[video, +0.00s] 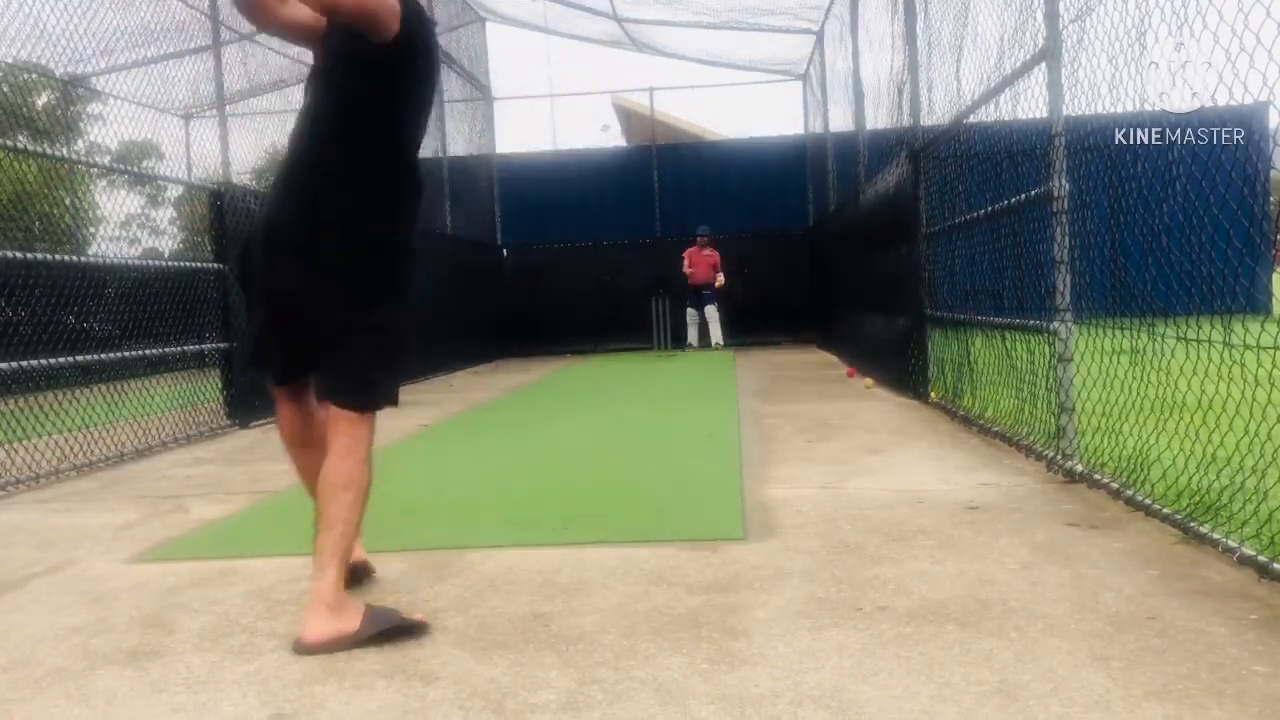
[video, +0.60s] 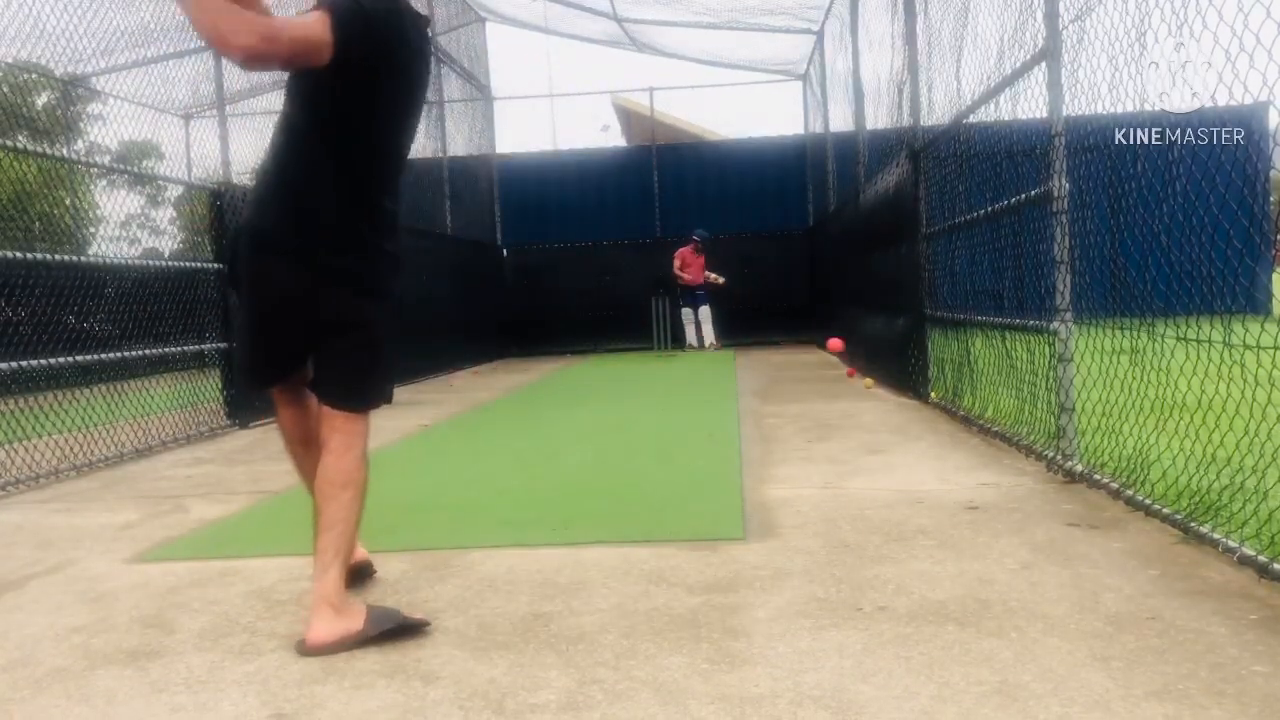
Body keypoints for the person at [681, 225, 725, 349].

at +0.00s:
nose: (701, 240)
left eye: (704, 237)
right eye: (699, 237)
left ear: (708, 239)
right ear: (696, 238)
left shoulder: (714, 254)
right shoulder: (689, 252)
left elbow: (718, 271)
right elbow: (685, 266)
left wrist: (719, 278)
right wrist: (688, 270)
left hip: (708, 286)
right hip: (693, 287)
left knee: (711, 313)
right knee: (691, 315)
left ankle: (717, 342)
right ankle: (692, 343)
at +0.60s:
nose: (702, 246)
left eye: (703, 244)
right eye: (701, 244)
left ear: (702, 244)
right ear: (695, 242)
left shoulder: (701, 255)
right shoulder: (681, 252)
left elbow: (701, 272)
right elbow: (676, 269)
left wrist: (713, 277)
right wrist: (685, 276)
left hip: (700, 287)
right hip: (686, 288)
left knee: (705, 315)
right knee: (688, 317)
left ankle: (709, 342)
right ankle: (691, 343)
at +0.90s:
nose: (733, 262)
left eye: (735, 261)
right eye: (732, 259)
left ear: (735, 260)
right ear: (727, 257)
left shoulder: (729, 268)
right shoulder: (714, 265)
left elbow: (728, 276)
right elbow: (713, 286)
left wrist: (730, 284)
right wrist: (726, 295)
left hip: (717, 289)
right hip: (703, 288)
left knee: (719, 312)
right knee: (696, 313)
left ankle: (721, 342)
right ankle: (691, 334)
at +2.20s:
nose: (708, 240)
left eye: (710, 237)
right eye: (706, 237)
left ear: (716, 237)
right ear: (703, 239)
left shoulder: (724, 252)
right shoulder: (701, 252)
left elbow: (731, 270)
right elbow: (697, 270)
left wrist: (718, 275)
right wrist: (704, 275)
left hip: (718, 285)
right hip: (705, 285)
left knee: (720, 311)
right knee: (701, 311)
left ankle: (722, 342)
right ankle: (700, 342)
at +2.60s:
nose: (735, 264)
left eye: (736, 262)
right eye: (734, 260)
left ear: (736, 261)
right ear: (727, 258)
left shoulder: (730, 268)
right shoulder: (717, 267)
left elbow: (727, 280)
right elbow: (717, 284)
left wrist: (731, 286)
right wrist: (730, 288)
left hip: (718, 289)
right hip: (705, 288)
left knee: (721, 312)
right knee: (699, 313)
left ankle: (722, 342)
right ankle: (693, 338)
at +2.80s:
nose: (726, 248)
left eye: (728, 245)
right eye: (723, 245)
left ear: (731, 247)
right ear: (719, 245)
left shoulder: (730, 262)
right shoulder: (710, 255)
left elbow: (731, 280)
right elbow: (701, 270)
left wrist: (734, 294)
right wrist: (710, 283)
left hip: (718, 290)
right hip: (703, 288)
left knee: (719, 313)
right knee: (697, 314)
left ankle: (722, 343)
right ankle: (698, 341)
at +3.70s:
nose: (706, 242)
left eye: (708, 240)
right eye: (705, 240)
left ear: (713, 239)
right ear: (703, 241)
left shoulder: (725, 251)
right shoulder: (702, 254)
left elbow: (733, 269)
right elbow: (701, 271)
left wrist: (722, 274)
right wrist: (707, 273)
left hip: (720, 284)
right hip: (707, 285)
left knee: (722, 312)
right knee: (703, 312)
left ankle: (726, 342)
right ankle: (702, 342)